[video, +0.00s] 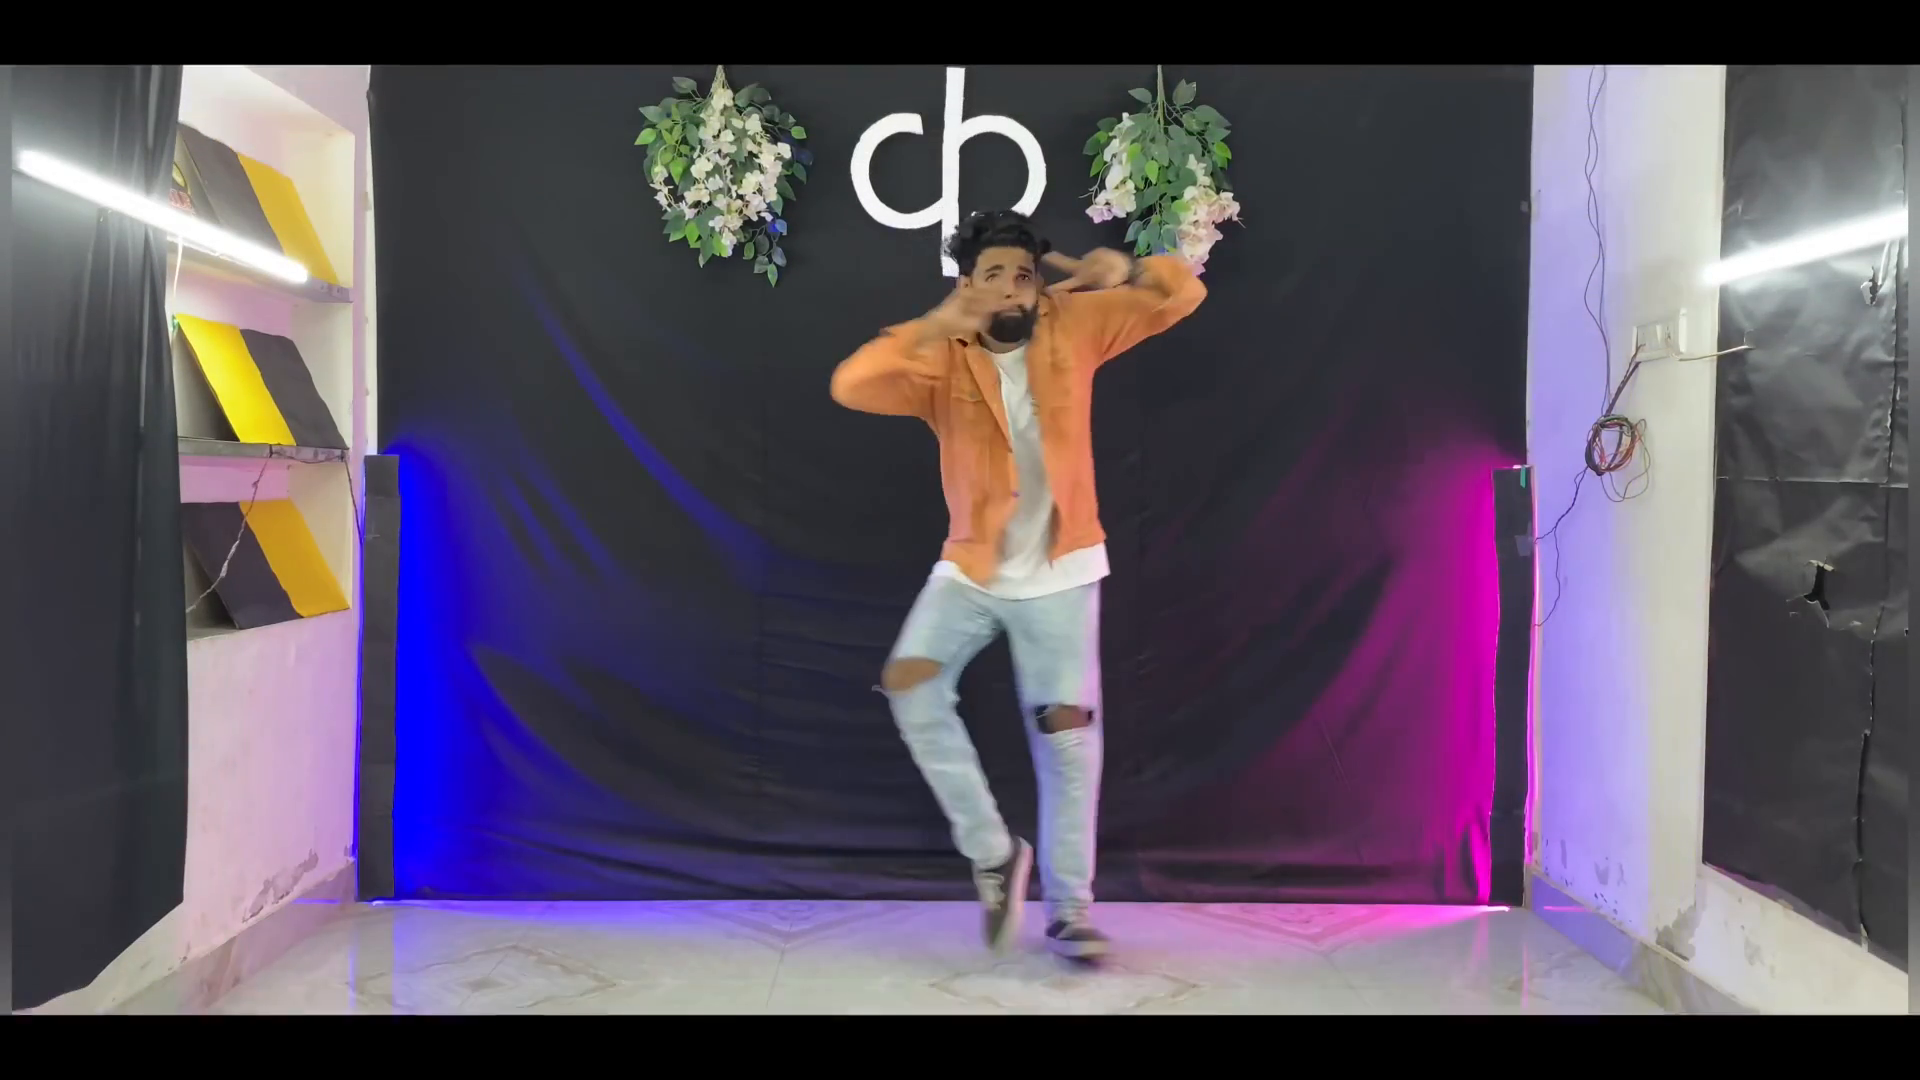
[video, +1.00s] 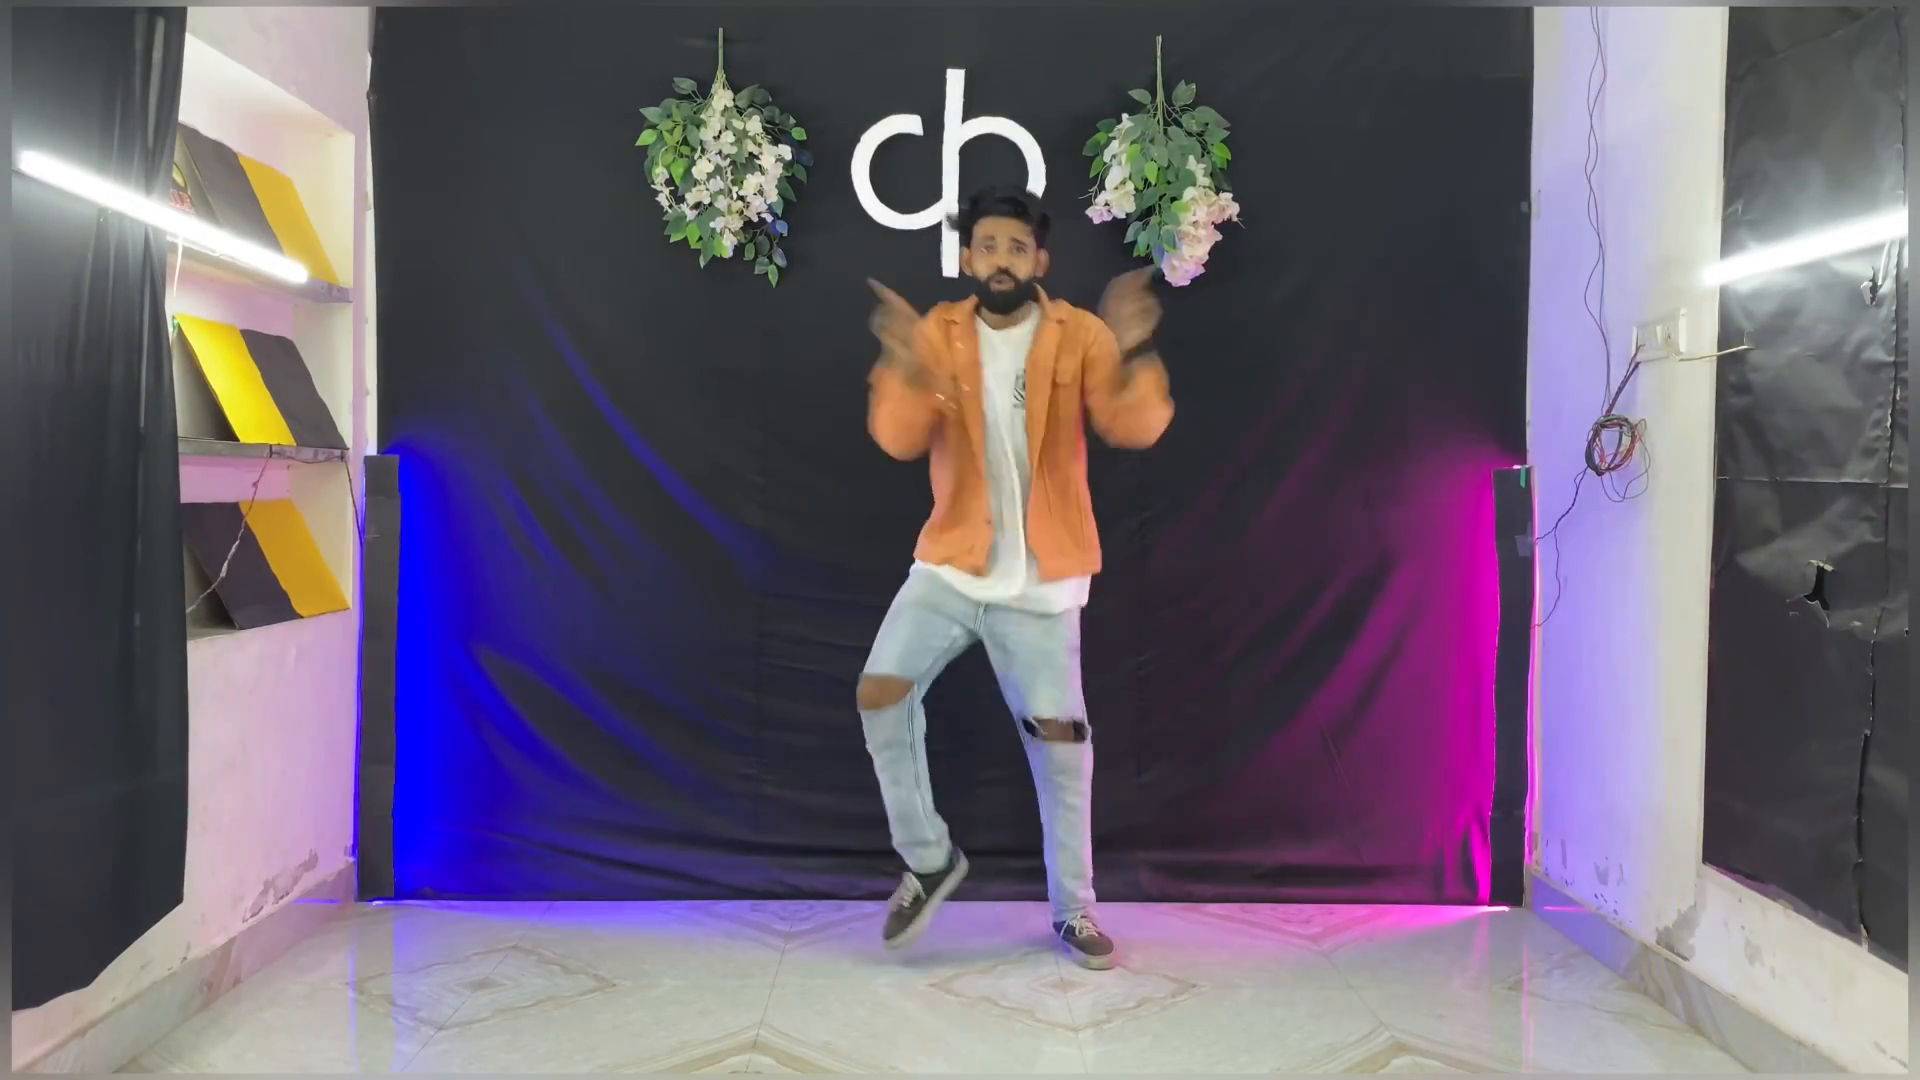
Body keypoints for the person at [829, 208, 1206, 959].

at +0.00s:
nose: (1012, 286)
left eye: (1024, 273)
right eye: (995, 273)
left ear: (1043, 281)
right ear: (966, 284)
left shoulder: (1076, 325)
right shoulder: (940, 356)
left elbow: (1180, 294)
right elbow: (850, 385)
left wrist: (1127, 270)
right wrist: (941, 323)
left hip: (1061, 567)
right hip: (972, 565)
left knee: (1067, 729)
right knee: (912, 684)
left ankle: (1071, 911)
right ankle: (992, 857)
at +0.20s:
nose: (1022, 298)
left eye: (1033, 284)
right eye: (1005, 284)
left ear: (1048, 291)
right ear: (972, 294)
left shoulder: (1073, 339)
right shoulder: (929, 374)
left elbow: (1133, 312)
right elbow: (826, 373)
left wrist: (1146, 275)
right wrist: (874, 323)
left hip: (1105, 574)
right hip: (1024, 588)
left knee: (1121, 735)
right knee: (1049, 741)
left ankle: (1088, 913)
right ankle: (1015, 911)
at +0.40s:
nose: (1008, 297)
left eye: (1021, 283)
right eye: (992, 283)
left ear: (1039, 290)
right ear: (965, 290)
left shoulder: (1076, 356)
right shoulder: (933, 375)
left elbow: (1174, 405)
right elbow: (826, 419)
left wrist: (1134, 348)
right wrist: (894, 376)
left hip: (1094, 579)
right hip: (1010, 598)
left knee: (1137, 715)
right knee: (1048, 750)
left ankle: (1095, 895)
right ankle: (1005, 913)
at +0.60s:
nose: (1012, 278)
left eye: (1026, 264)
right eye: (997, 265)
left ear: (1050, 268)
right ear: (976, 271)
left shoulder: (1086, 339)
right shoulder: (952, 342)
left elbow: (1096, 432)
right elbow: (936, 454)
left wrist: (1084, 347)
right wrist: (921, 383)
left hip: (1054, 566)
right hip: (968, 572)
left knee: (1066, 715)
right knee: (975, 736)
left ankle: (1068, 869)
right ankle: (985, 899)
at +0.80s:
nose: (1020, 296)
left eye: (1034, 280)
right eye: (1006, 282)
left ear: (1064, 282)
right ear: (990, 289)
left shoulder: (1105, 351)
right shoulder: (979, 348)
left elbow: (1100, 425)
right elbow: (943, 431)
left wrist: (1068, 379)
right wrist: (903, 405)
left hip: (1020, 587)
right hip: (937, 576)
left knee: (1019, 750)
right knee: (930, 742)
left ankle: (1073, 913)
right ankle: (973, 912)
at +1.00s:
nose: (998, 258)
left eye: (1013, 245)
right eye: (985, 244)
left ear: (1041, 255)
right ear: (966, 254)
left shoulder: (1081, 334)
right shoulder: (941, 328)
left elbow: (1135, 426)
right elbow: (899, 437)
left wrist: (1136, 350)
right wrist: (903, 358)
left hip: (1044, 567)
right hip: (953, 556)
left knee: (1058, 733)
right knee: (882, 692)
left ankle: (1075, 909)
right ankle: (928, 861)